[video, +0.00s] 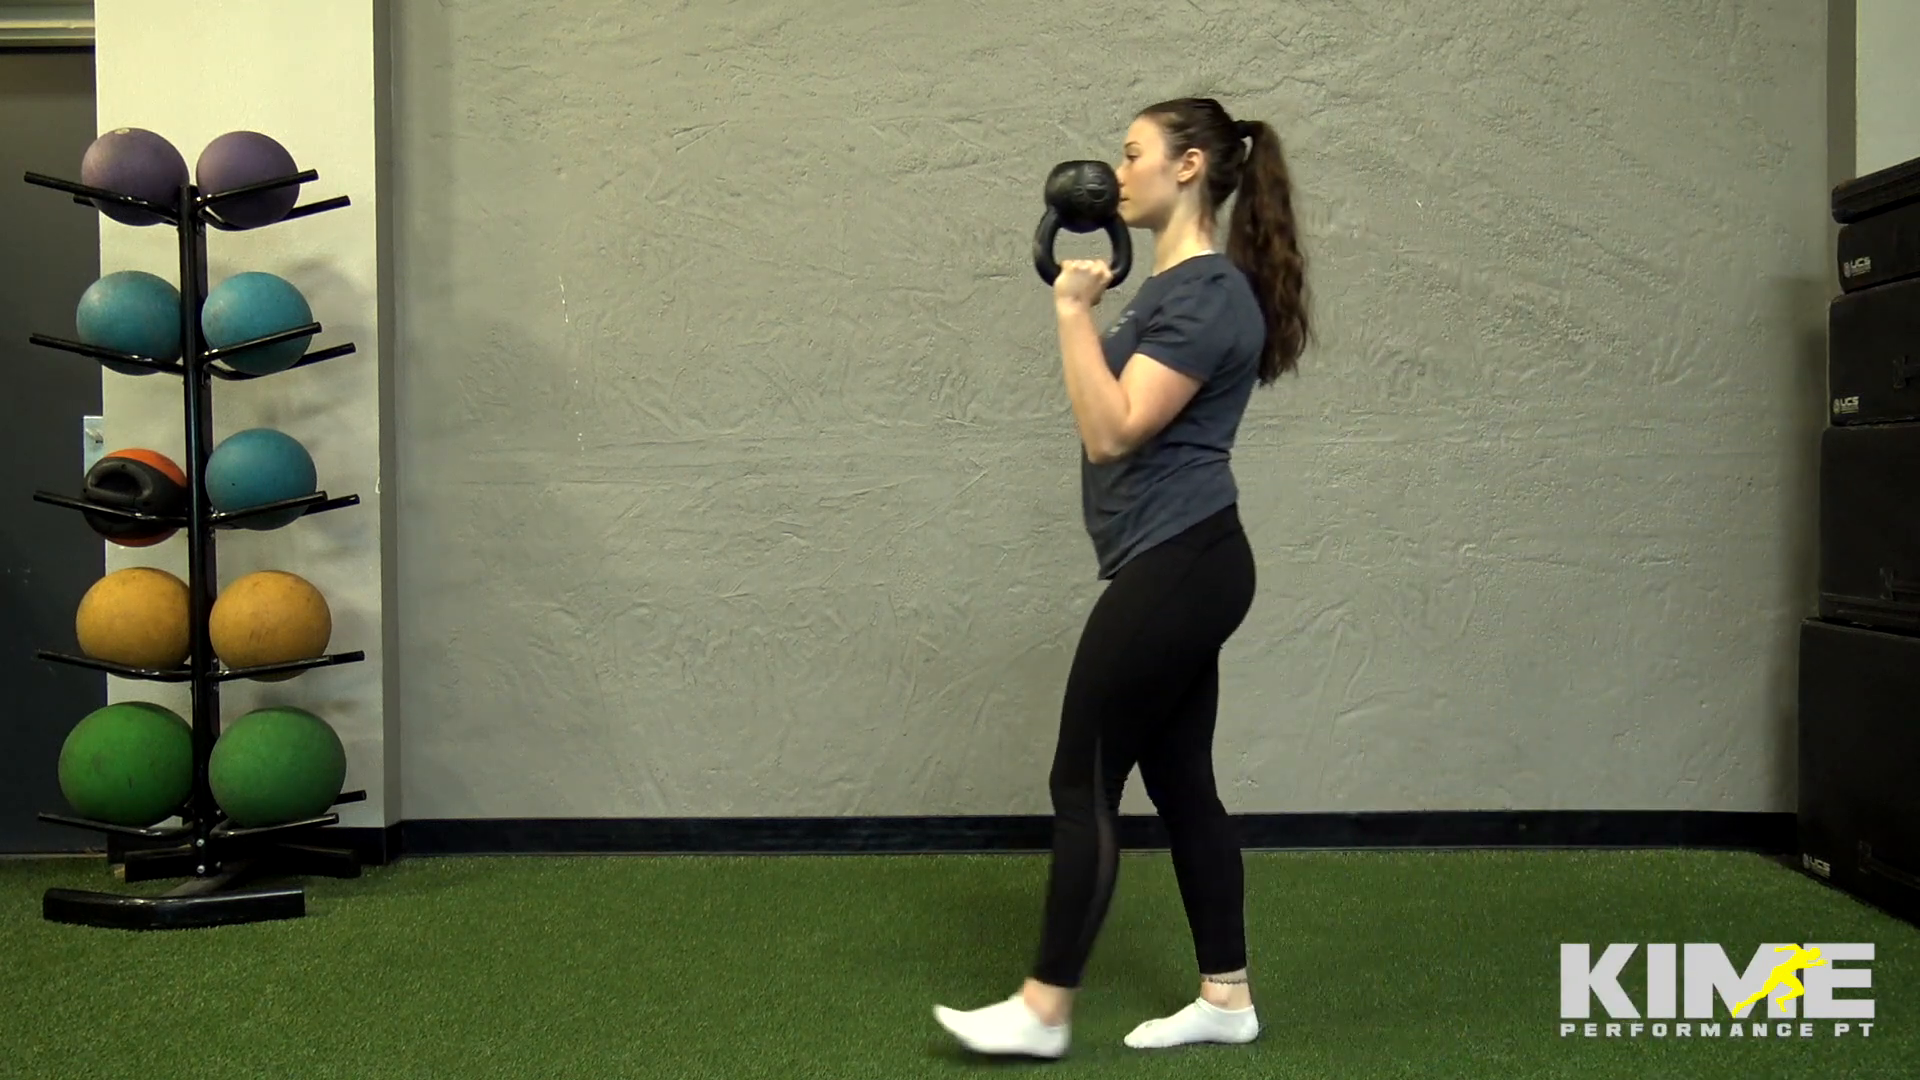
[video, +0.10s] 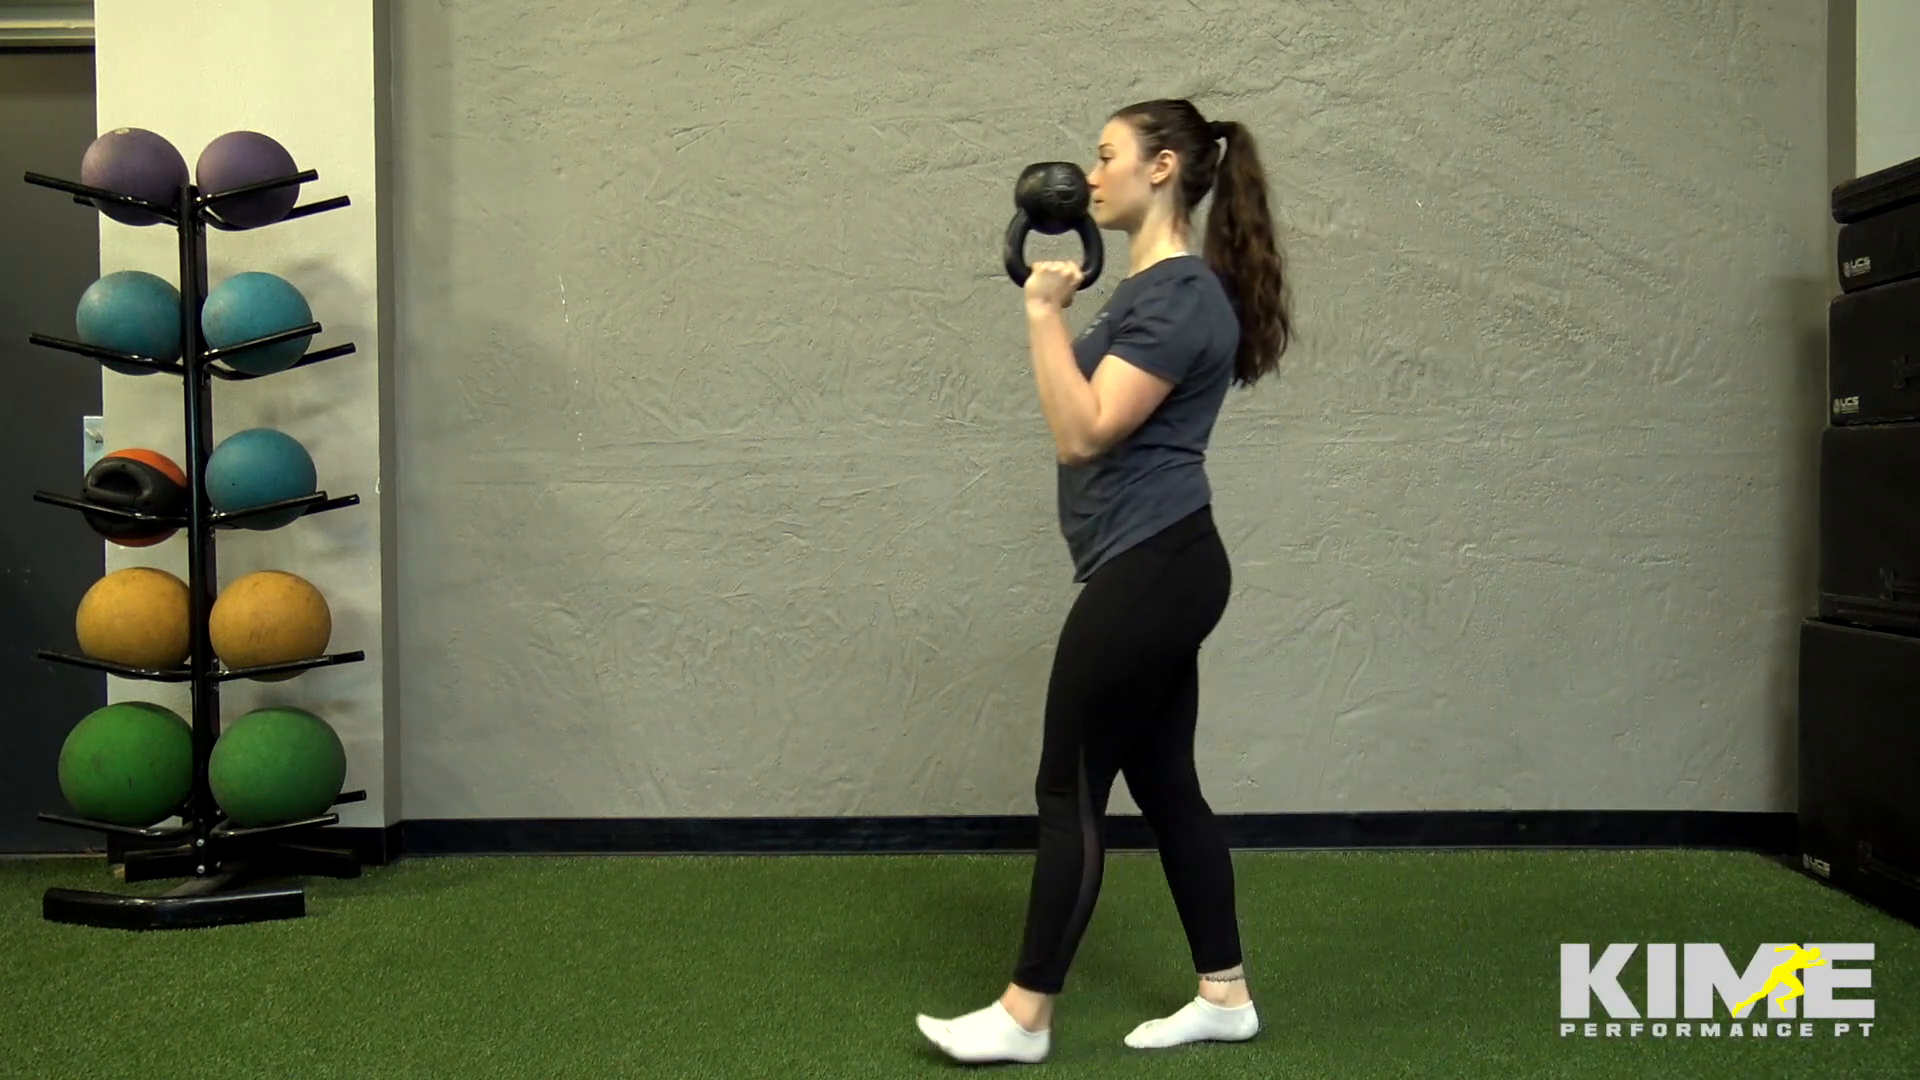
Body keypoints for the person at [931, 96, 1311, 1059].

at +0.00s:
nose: (1116, 175)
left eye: (1132, 158)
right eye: (1120, 159)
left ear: (1190, 172)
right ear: (1188, 175)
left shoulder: (1206, 293)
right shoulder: (1170, 286)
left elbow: (1111, 432)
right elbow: (1110, 424)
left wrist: (1073, 312)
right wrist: (1083, 308)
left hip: (1179, 564)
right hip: (1169, 562)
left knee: (1083, 776)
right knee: (1183, 787)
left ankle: (1044, 1006)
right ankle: (1228, 997)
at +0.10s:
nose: (1088, 176)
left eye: (1104, 160)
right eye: (1093, 160)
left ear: (1162, 172)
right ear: (1160, 176)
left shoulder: (1180, 294)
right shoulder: (1148, 289)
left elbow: (1084, 431)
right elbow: (1085, 427)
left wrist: (1043, 311)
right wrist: (1053, 309)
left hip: (1153, 568)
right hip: (1145, 564)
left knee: (1070, 785)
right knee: (1166, 787)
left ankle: (1025, 1012)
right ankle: (1225, 993)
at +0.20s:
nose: (1070, 174)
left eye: (1086, 158)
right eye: (1074, 158)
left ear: (1143, 171)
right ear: (1138, 172)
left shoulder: (1161, 295)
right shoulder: (1132, 289)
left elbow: (1061, 433)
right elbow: (1070, 426)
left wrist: (1022, 313)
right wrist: (1029, 314)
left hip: (1131, 569)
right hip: (1134, 563)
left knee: (1063, 792)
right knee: (1153, 787)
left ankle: (1027, 1018)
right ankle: (1223, 990)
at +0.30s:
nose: (1049, 174)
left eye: (1066, 157)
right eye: (1053, 157)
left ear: (1123, 167)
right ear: (1119, 169)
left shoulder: (1141, 293)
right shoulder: (1113, 288)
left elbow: (1039, 430)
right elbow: (1045, 423)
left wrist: (1000, 313)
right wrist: (1004, 311)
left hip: (1110, 565)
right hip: (1113, 560)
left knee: (1049, 795)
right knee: (1133, 783)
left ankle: (1024, 1019)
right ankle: (1218, 984)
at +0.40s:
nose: (1017, 171)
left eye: (1034, 154)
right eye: (1023, 154)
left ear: (1088, 165)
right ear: (1090, 166)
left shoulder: (1104, 289)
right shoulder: (1084, 283)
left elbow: (1006, 424)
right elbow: (997, 424)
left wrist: (964, 306)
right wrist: (968, 305)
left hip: (1074, 566)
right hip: (1078, 560)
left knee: (1032, 801)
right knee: (1089, 790)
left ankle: (1023, 1019)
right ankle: (1202, 969)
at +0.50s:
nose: (998, 170)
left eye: (1015, 152)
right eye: (1004, 152)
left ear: (1069, 165)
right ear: (1072, 166)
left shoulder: (1078, 288)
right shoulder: (1067, 281)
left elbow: (979, 424)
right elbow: (976, 425)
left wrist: (940, 304)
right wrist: (950, 306)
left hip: (1053, 565)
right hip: (1058, 558)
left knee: (1020, 792)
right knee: (1045, 782)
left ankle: (1022, 1018)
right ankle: (1178, 952)